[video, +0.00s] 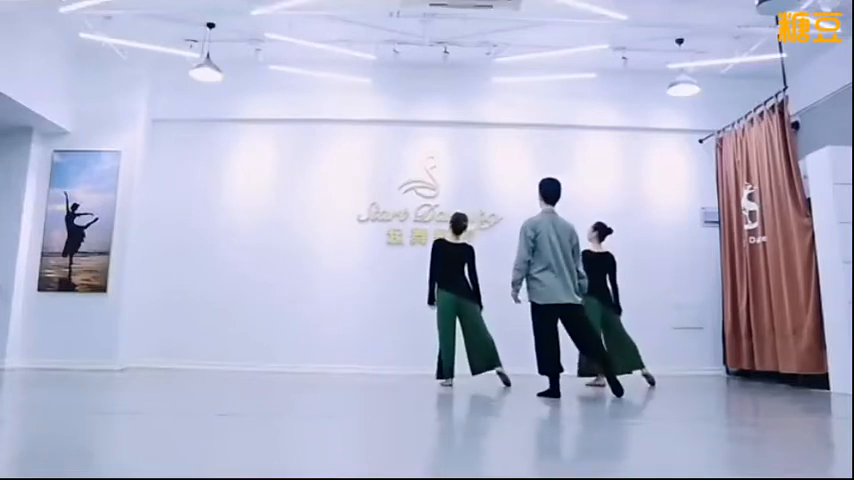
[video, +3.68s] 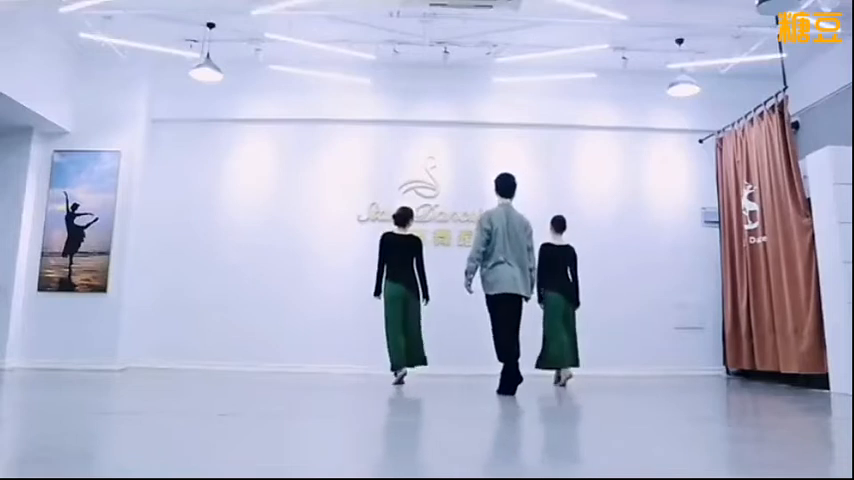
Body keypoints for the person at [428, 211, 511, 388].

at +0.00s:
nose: (461, 229)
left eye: (456, 224)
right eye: (463, 226)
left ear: (449, 225)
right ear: (465, 228)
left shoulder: (438, 244)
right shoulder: (468, 249)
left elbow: (433, 271)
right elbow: (473, 276)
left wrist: (431, 294)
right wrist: (478, 299)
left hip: (444, 293)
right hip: (465, 294)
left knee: (446, 334)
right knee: (481, 331)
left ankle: (447, 376)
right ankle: (498, 367)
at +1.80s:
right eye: (454, 250)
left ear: (439, 248)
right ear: (454, 250)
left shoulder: (430, 262)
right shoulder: (458, 264)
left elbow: (425, 286)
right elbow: (469, 288)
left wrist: (427, 307)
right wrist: (476, 312)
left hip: (439, 299)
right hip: (459, 300)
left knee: (441, 341)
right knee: (472, 337)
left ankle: (445, 379)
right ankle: (495, 370)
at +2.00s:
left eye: (438, 254)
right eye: (445, 255)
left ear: (434, 254)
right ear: (448, 254)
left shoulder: (427, 266)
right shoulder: (455, 267)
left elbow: (422, 292)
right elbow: (466, 292)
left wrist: (422, 314)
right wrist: (471, 315)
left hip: (436, 307)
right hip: (456, 307)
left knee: (439, 343)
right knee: (457, 338)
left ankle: (443, 379)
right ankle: (472, 367)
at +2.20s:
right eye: (444, 258)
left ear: (432, 257)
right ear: (446, 258)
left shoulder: (425, 267)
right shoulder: (454, 269)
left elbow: (421, 292)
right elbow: (461, 295)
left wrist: (419, 315)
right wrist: (465, 318)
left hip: (434, 308)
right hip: (453, 309)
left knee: (436, 345)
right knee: (448, 339)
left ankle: (439, 379)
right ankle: (448, 369)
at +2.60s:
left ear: (427, 234)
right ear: (440, 236)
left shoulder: (419, 245)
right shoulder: (448, 248)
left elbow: (414, 271)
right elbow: (452, 276)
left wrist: (412, 293)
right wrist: (454, 300)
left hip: (425, 290)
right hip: (444, 293)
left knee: (431, 331)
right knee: (438, 332)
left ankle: (442, 370)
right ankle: (427, 368)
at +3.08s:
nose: (430, 224)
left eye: (425, 219)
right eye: (432, 221)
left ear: (419, 220)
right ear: (434, 222)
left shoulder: (408, 237)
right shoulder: (436, 241)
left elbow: (402, 264)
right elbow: (440, 269)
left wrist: (399, 287)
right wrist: (443, 292)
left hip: (413, 288)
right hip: (431, 289)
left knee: (415, 327)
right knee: (428, 327)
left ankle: (422, 368)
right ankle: (424, 368)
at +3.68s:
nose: (410, 222)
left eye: (408, 219)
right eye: (410, 219)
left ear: (394, 219)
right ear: (410, 221)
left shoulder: (386, 238)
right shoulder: (415, 241)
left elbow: (381, 264)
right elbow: (420, 268)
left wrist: (378, 287)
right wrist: (425, 291)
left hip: (392, 287)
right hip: (410, 288)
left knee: (394, 327)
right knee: (409, 326)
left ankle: (399, 367)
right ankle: (403, 365)